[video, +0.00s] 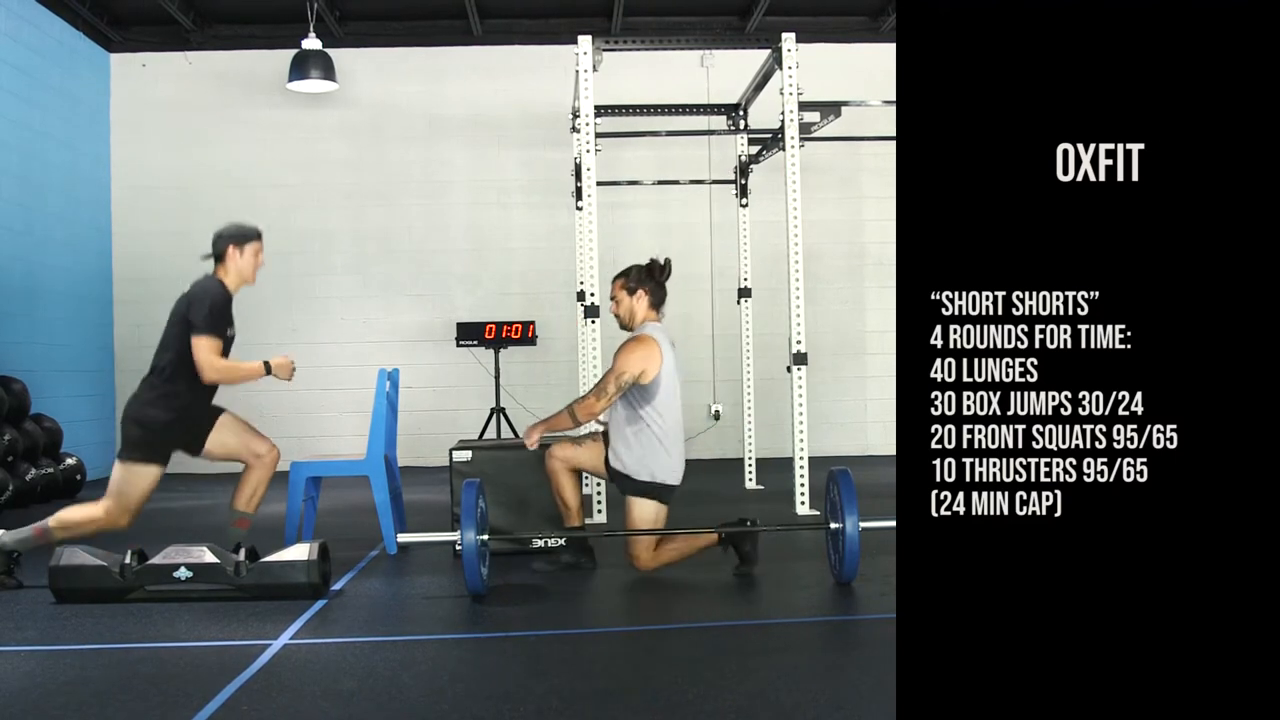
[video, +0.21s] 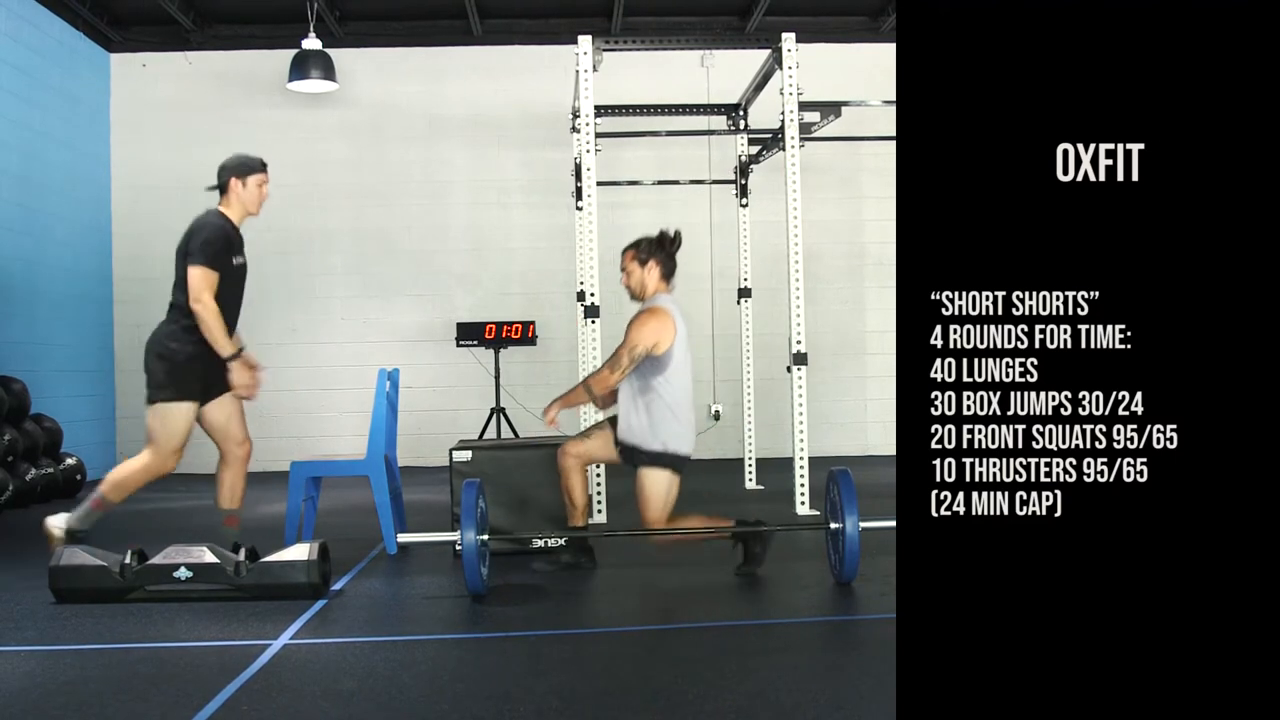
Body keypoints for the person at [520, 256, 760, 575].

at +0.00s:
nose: (612, 308)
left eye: (616, 299)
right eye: (612, 301)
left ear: (640, 296)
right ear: (641, 297)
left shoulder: (639, 348)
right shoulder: (653, 340)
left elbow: (591, 406)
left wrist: (541, 427)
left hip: (651, 464)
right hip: (627, 450)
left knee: (643, 557)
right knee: (558, 455)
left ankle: (729, 533)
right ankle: (576, 545)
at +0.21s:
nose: (623, 280)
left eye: (627, 271)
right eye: (623, 272)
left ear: (651, 269)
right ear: (653, 271)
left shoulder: (651, 321)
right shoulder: (662, 312)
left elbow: (607, 377)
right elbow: (643, 379)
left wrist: (558, 404)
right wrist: (605, 399)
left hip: (661, 438)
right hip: (637, 428)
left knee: (658, 531)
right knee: (570, 455)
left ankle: (744, 530)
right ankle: (577, 543)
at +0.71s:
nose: (648, 223)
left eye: (652, 214)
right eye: (647, 215)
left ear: (675, 209)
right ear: (677, 212)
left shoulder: (684, 257)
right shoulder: (693, 255)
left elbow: (670, 316)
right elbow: (678, 322)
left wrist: (630, 358)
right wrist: (635, 344)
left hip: (698, 380)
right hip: (713, 377)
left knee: (688, 465)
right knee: (715, 458)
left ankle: (761, 529)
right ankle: (766, 531)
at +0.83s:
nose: (640, 224)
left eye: (644, 215)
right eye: (639, 216)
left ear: (668, 210)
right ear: (669, 212)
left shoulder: (680, 255)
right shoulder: (682, 253)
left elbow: (671, 315)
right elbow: (669, 320)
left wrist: (634, 355)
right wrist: (629, 344)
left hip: (687, 377)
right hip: (704, 376)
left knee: (639, 445)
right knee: (710, 454)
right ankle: (766, 528)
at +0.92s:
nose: (629, 225)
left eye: (633, 216)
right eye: (629, 218)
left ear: (658, 212)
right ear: (660, 213)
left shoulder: (671, 256)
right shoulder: (674, 254)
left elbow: (666, 314)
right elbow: (661, 320)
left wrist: (630, 356)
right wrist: (620, 346)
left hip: (679, 378)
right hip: (697, 378)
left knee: (618, 438)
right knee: (702, 457)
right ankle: (763, 525)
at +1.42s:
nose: (587, 309)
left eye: (592, 300)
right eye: (587, 302)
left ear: (617, 298)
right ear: (617, 299)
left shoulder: (623, 346)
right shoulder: (629, 344)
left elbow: (602, 395)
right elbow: (613, 407)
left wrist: (543, 418)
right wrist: (573, 419)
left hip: (623, 452)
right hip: (637, 457)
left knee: (535, 460)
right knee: (635, 548)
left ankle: (562, 549)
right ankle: (718, 523)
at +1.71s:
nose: (631, 247)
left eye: (635, 238)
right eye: (630, 240)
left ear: (659, 235)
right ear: (658, 236)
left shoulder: (668, 280)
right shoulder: (665, 279)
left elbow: (684, 337)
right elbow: (668, 343)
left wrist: (636, 381)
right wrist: (640, 388)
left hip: (666, 400)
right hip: (681, 402)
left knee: (601, 453)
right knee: (679, 483)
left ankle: (573, 543)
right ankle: (757, 524)